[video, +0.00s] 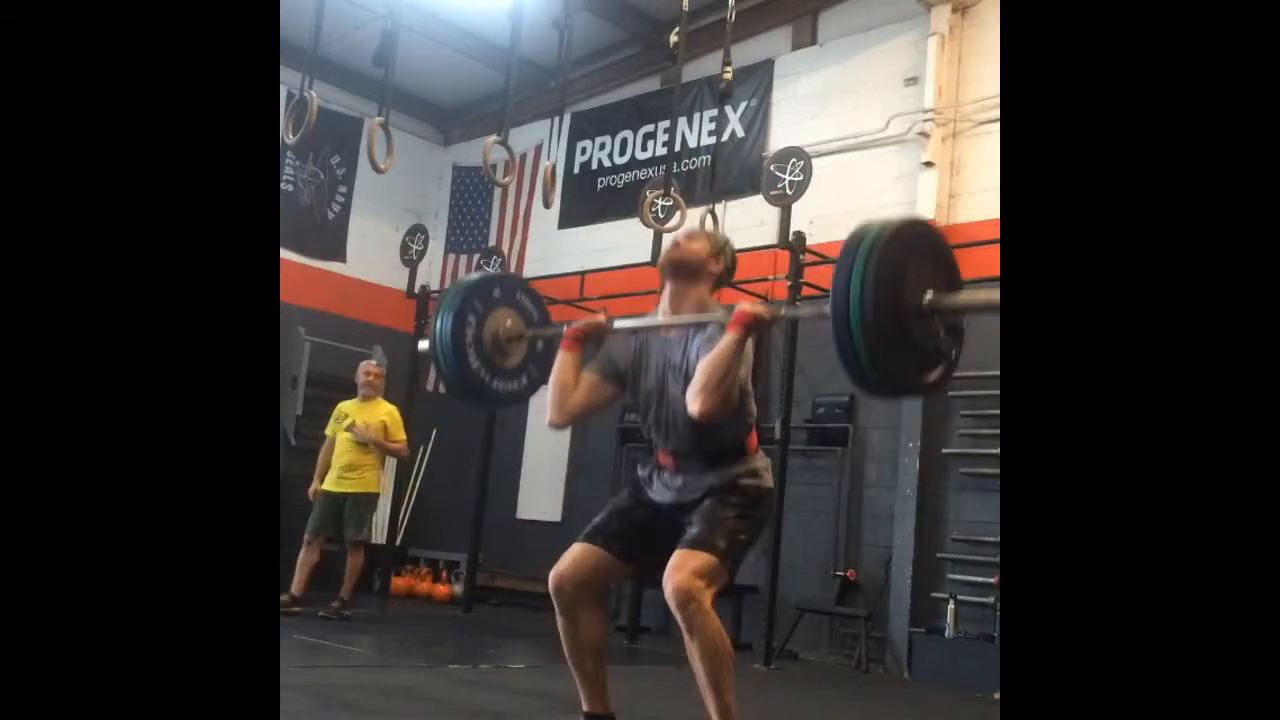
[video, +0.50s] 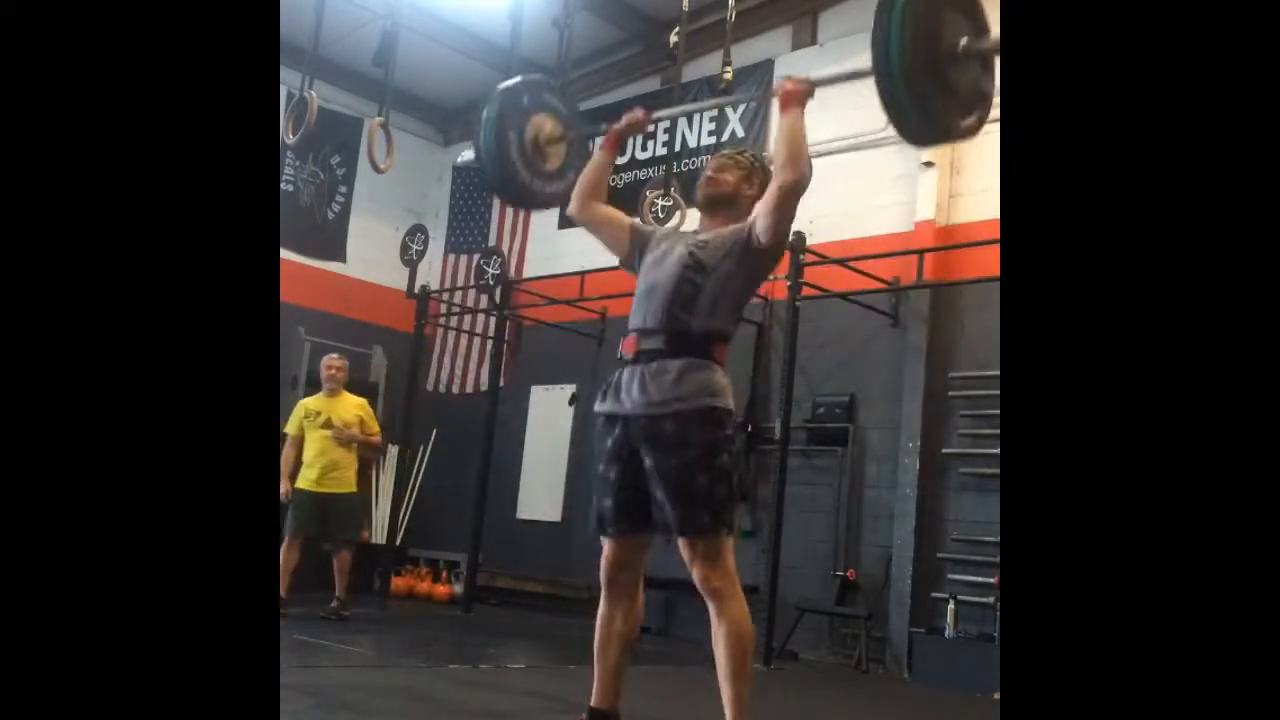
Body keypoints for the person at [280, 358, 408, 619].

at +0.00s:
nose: (370, 379)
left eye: (376, 376)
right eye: (366, 374)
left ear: (383, 382)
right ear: (357, 378)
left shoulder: (389, 412)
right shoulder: (343, 408)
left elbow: (402, 451)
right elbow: (328, 445)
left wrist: (370, 439)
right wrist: (317, 479)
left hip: (363, 488)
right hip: (332, 484)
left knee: (355, 544)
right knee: (311, 539)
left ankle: (343, 600)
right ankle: (293, 595)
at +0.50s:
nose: (333, 373)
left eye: (339, 369)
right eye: (328, 368)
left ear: (347, 375)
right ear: (320, 372)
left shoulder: (360, 406)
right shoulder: (306, 405)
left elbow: (378, 443)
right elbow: (292, 444)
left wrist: (355, 438)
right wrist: (285, 479)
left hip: (344, 490)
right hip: (307, 486)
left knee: (343, 545)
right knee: (293, 539)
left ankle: (339, 599)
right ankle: (282, 593)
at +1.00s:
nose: (308, 371)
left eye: (312, 367)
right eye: (303, 366)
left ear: (318, 370)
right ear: (291, 369)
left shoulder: (331, 398)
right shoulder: (283, 401)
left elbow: (355, 432)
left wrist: (328, 429)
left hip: (318, 479)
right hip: (286, 479)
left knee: (318, 535)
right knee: (284, 539)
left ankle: (317, 588)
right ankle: (281, 592)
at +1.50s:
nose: (314, 369)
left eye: (318, 364)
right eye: (309, 364)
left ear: (322, 368)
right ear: (296, 367)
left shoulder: (336, 399)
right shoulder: (284, 399)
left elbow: (355, 434)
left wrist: (331, 431)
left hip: (318, 485)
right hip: (285, 483)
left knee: (314, 541)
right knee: (283, 543)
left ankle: (311, 600)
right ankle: (280, 597)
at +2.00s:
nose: (347, 364)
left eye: (351, 361)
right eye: (342, 359)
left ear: (356, 367)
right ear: (329, 363)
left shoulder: (366, 401)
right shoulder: (307, 396)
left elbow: (381, 438)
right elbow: (290, 436)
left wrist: (361, 435)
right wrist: (282, 473)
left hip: (342, 488)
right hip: (304, 483)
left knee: (327, 545)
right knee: (286, 542)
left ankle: (312, 604)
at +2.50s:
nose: (360, 363)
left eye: (364, 359)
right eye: (354, 358)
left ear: (369, 365)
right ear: (341, 364)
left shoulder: (376, 401)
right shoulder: (323, 395)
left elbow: (386, 439)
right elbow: (302, 438)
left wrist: (380, 438)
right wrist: (298, 478)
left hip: (359, 485)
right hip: (326, 480)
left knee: (340, 545)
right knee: (327, 541)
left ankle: (313, 603)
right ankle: (324, 605)